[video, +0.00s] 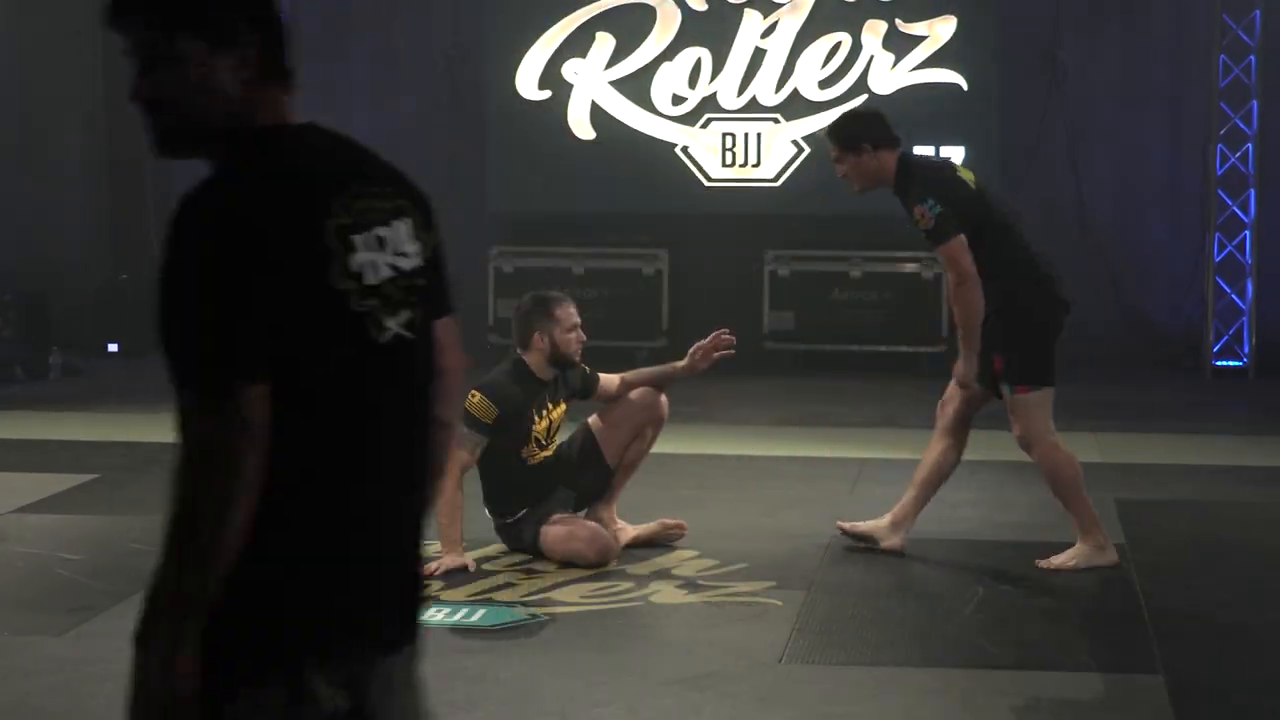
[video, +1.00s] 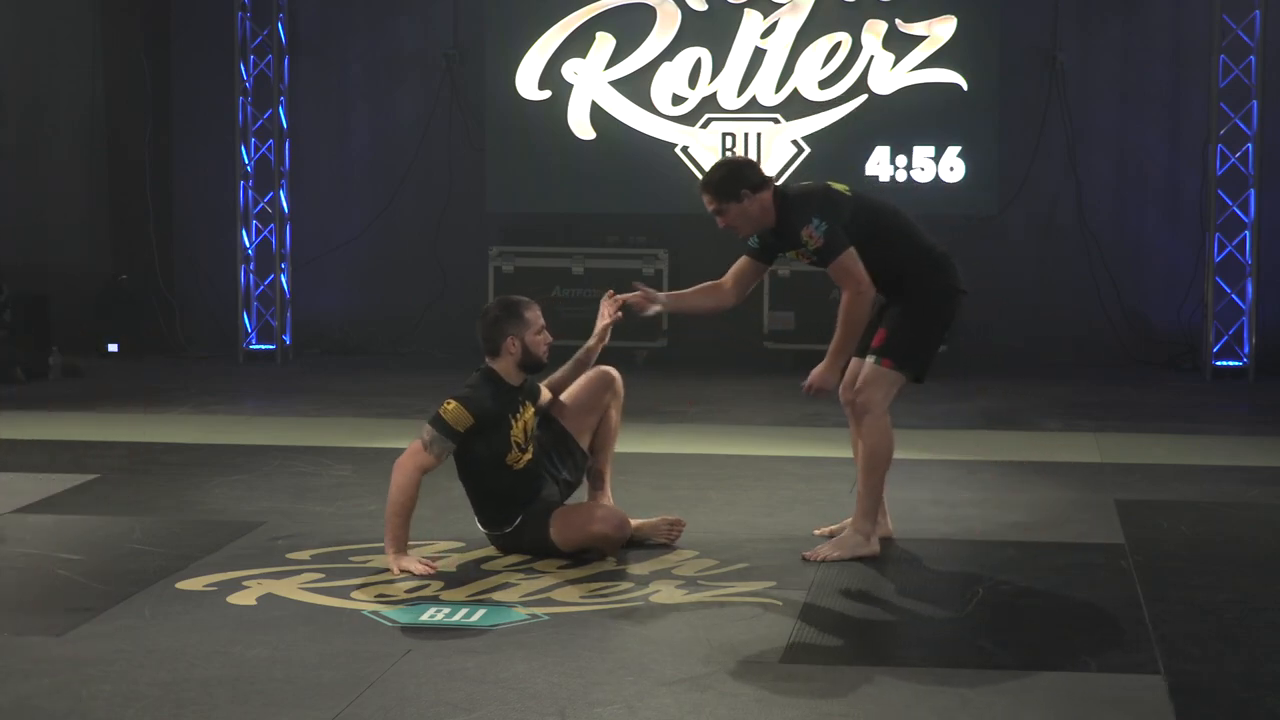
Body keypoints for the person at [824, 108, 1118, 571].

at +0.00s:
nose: (838, 172)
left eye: (841, 160)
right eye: (835, 161)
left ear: (871, 151)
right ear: (875, 152)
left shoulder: (922, 187)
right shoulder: (920, 178)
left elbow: (965, 276)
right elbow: (963, 269)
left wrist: (968, 358)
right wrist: (966, 348)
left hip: (1027, 308)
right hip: (1002, 306)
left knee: (1033, 433)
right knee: (952, 416)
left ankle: (1096, 542)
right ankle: (896, 525)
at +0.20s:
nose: (853, 155)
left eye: (854, 143)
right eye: (849, 145)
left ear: (882, 131)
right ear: (884, 131)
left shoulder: (934, 168)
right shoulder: (927, 165)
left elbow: (978, 251)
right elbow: (957, 247)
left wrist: (995, 329)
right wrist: (935, 312)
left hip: (1037, 295)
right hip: (1001, 294)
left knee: (1056, 419)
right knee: (950, 397)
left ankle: (1097, 540)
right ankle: (930, 520)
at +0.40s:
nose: (833, 156)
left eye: (836, 144)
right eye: (830, 147)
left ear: (864, 135)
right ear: (865, 137)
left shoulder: (918, 170)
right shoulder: (900, 178)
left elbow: (959, 252)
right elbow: (910, 264)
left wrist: (964, 330)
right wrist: (868, 326)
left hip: (1008, 302)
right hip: (972, 304)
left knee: (1041, 422)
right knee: (916, 402)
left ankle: (1096, 539)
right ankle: (884, 515)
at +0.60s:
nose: (783, 179)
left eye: (785, 167)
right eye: (779, 170)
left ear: (814, 154)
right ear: (812, 156)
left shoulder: (867, 180)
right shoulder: (844, 200)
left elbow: (918, 255)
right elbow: (838, 288)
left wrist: (921, 333)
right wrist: (781, 336)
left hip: (968, 297)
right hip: (932, 299)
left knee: (966, 422)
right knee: (876, 394)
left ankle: (1061, 514)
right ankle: (876, 515)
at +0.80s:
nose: (741, 203)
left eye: (743, 191)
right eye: (737, 194)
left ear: (771, 177)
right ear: (766, 182)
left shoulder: (834, 193)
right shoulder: (796, 222)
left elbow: (895, 261)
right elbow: (765, 296)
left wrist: (875, 335)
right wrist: (689, 326)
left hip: (943, 284)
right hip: (906, 288)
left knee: (896, 397)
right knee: (861, 392)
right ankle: (874, 515)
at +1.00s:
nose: (721, 225)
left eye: (721, 214)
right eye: (715, 216)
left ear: (751, 196)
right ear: (745, 201)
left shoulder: (808, 212)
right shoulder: (774, 228)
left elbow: (860, 289)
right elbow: (728, 290)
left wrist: (832, 364)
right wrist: (660, 300)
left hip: (927, 288)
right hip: (896, 290)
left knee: (868, 397)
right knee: (851, 393)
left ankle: (864, 531)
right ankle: (871, 516)